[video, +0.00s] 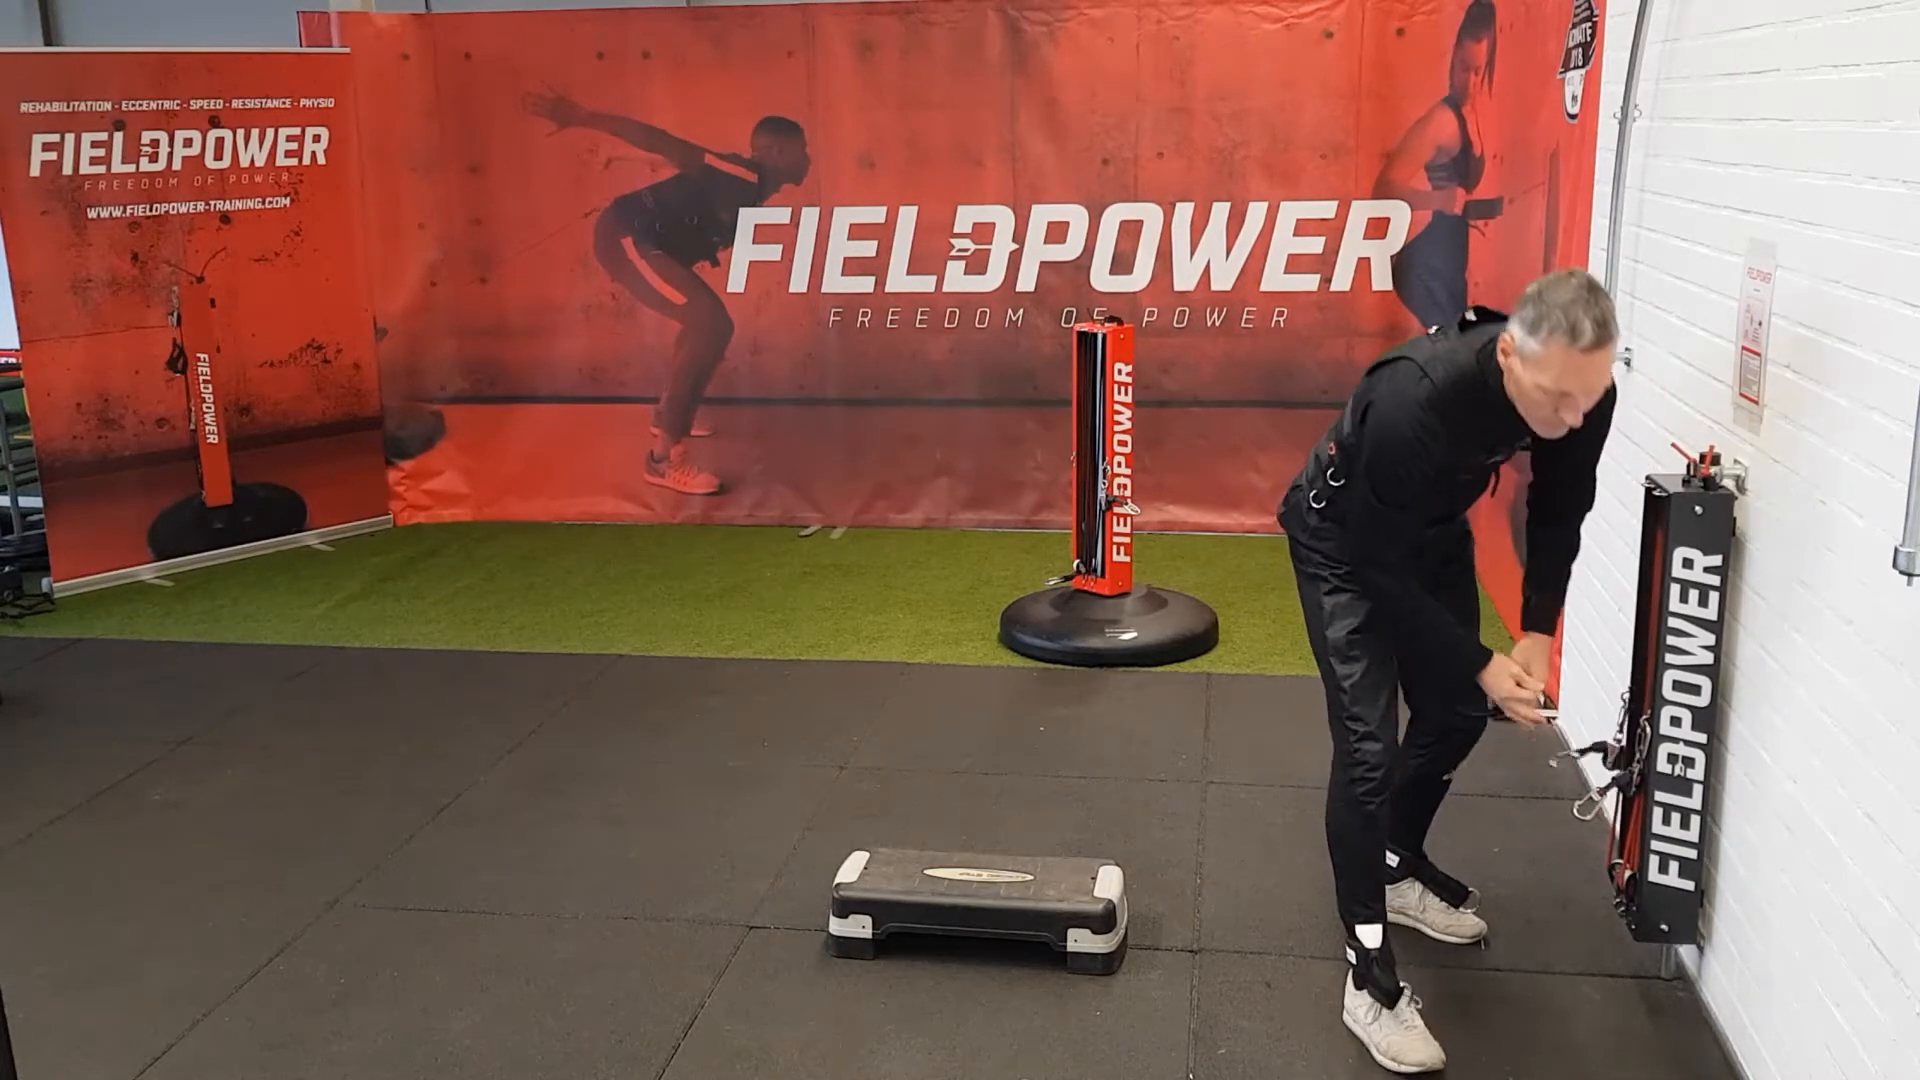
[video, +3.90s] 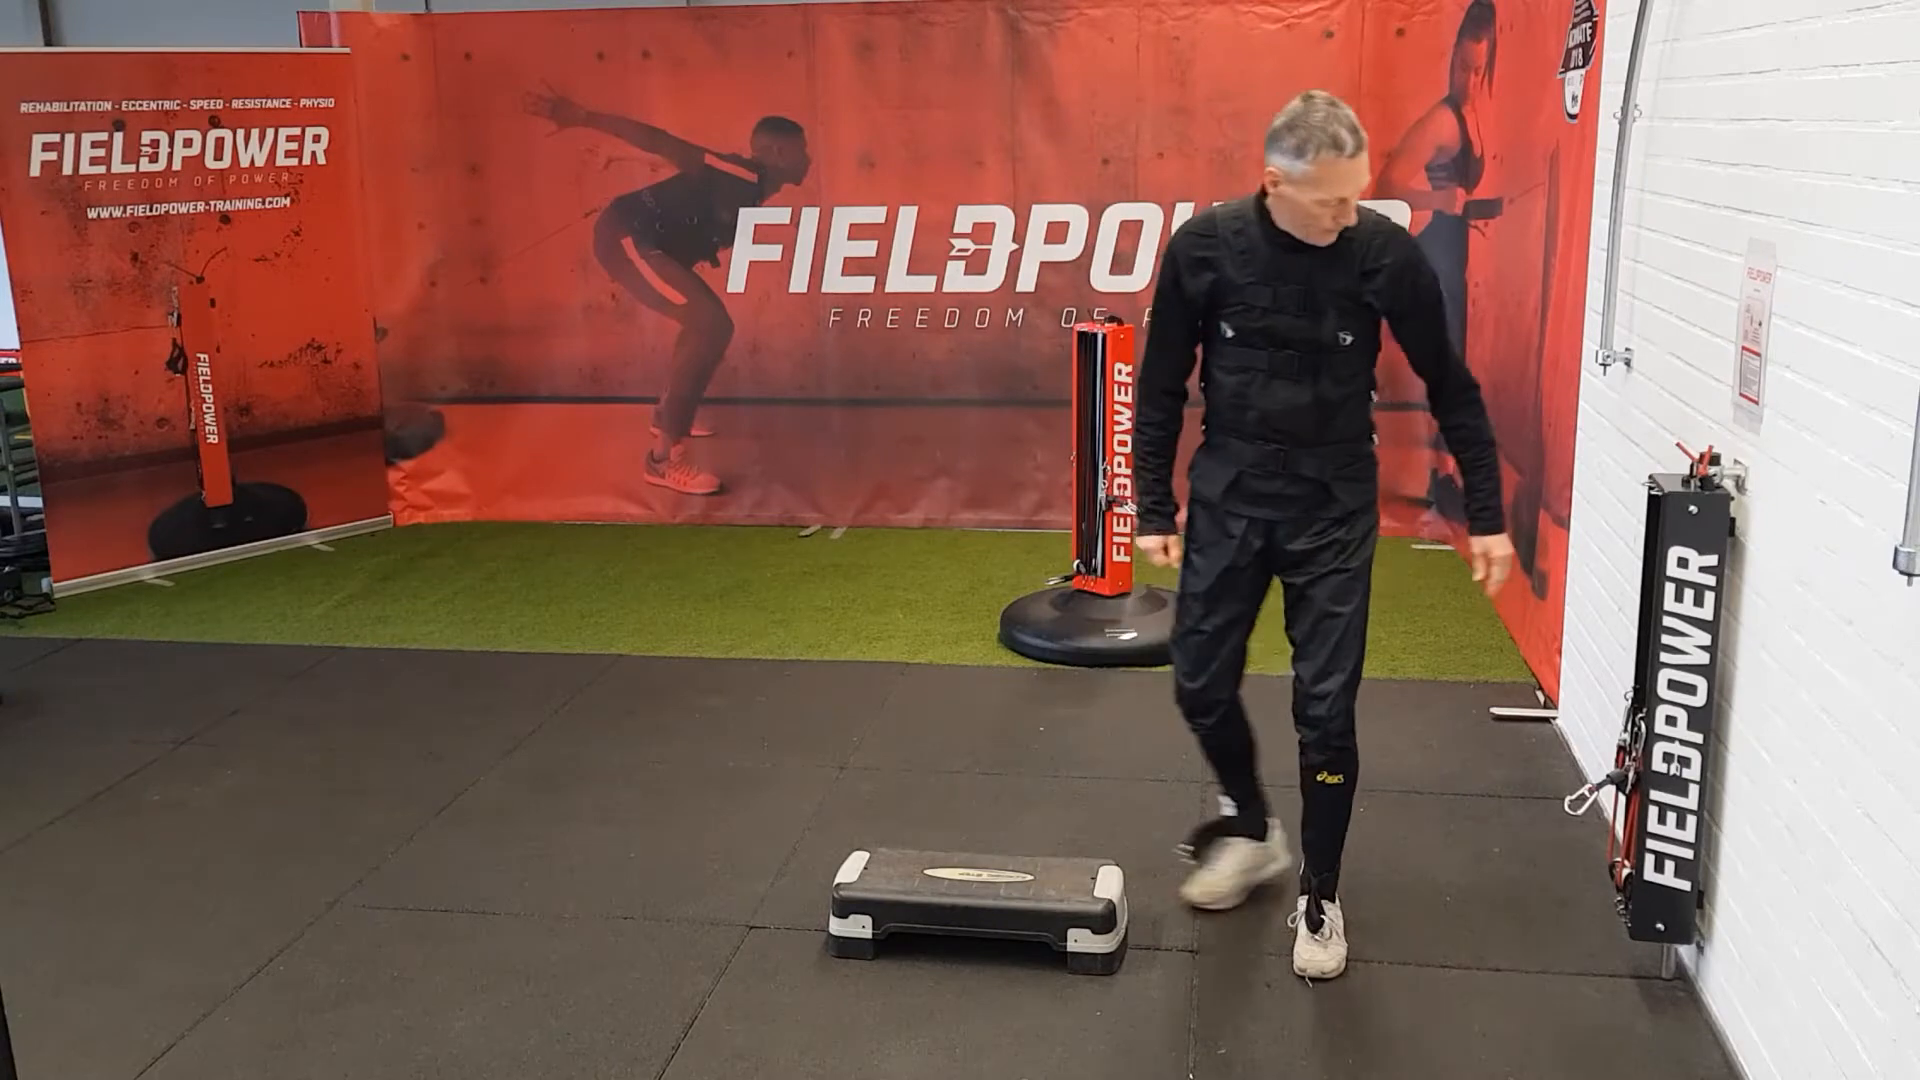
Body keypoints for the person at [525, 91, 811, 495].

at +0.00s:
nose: (807, 158)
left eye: (805, 150)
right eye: (800, 150)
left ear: (773, 152)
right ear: (771, 150)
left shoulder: (752, 188)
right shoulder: (734, 175)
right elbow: (659, 141)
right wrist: (581, 117)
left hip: (646, 237)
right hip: (626, 234)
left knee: (710, 322)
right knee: (713, 325)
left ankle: (670, 413)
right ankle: (665, 457)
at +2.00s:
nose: (807, 159)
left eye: (805, 150)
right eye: (800, 150)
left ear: (774, 151)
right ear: (772, 150)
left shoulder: (750, 188)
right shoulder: (735, 176)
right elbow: (659, 142)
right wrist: (584, 117)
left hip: (645, 237)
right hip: (626, 233)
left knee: (709, 322)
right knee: (713, 325)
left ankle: (670, 412)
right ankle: (665, 456)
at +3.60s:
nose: (808, 158)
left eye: (805, 149)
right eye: (800, 150)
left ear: (775, 152)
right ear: (770, 150)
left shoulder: (752, 191)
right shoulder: (735, 177)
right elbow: (660, 141)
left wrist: (713, 245)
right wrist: (584, 117)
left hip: (647, 237)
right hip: (626, 232)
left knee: (710, 322)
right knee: (713, 325)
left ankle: (670, 413)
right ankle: (664, 457)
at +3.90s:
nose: (807, 158)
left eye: (805, 149)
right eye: (800, 150)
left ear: (776, 152)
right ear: (772, 151)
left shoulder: (751, 188)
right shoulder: (736, 175)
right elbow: (659, 141)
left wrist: (709, 245)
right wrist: (583, 117)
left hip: (645, 237)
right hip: (626, 234)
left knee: (709, 322)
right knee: (713, 325)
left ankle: (670, 412)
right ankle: (664, 458)